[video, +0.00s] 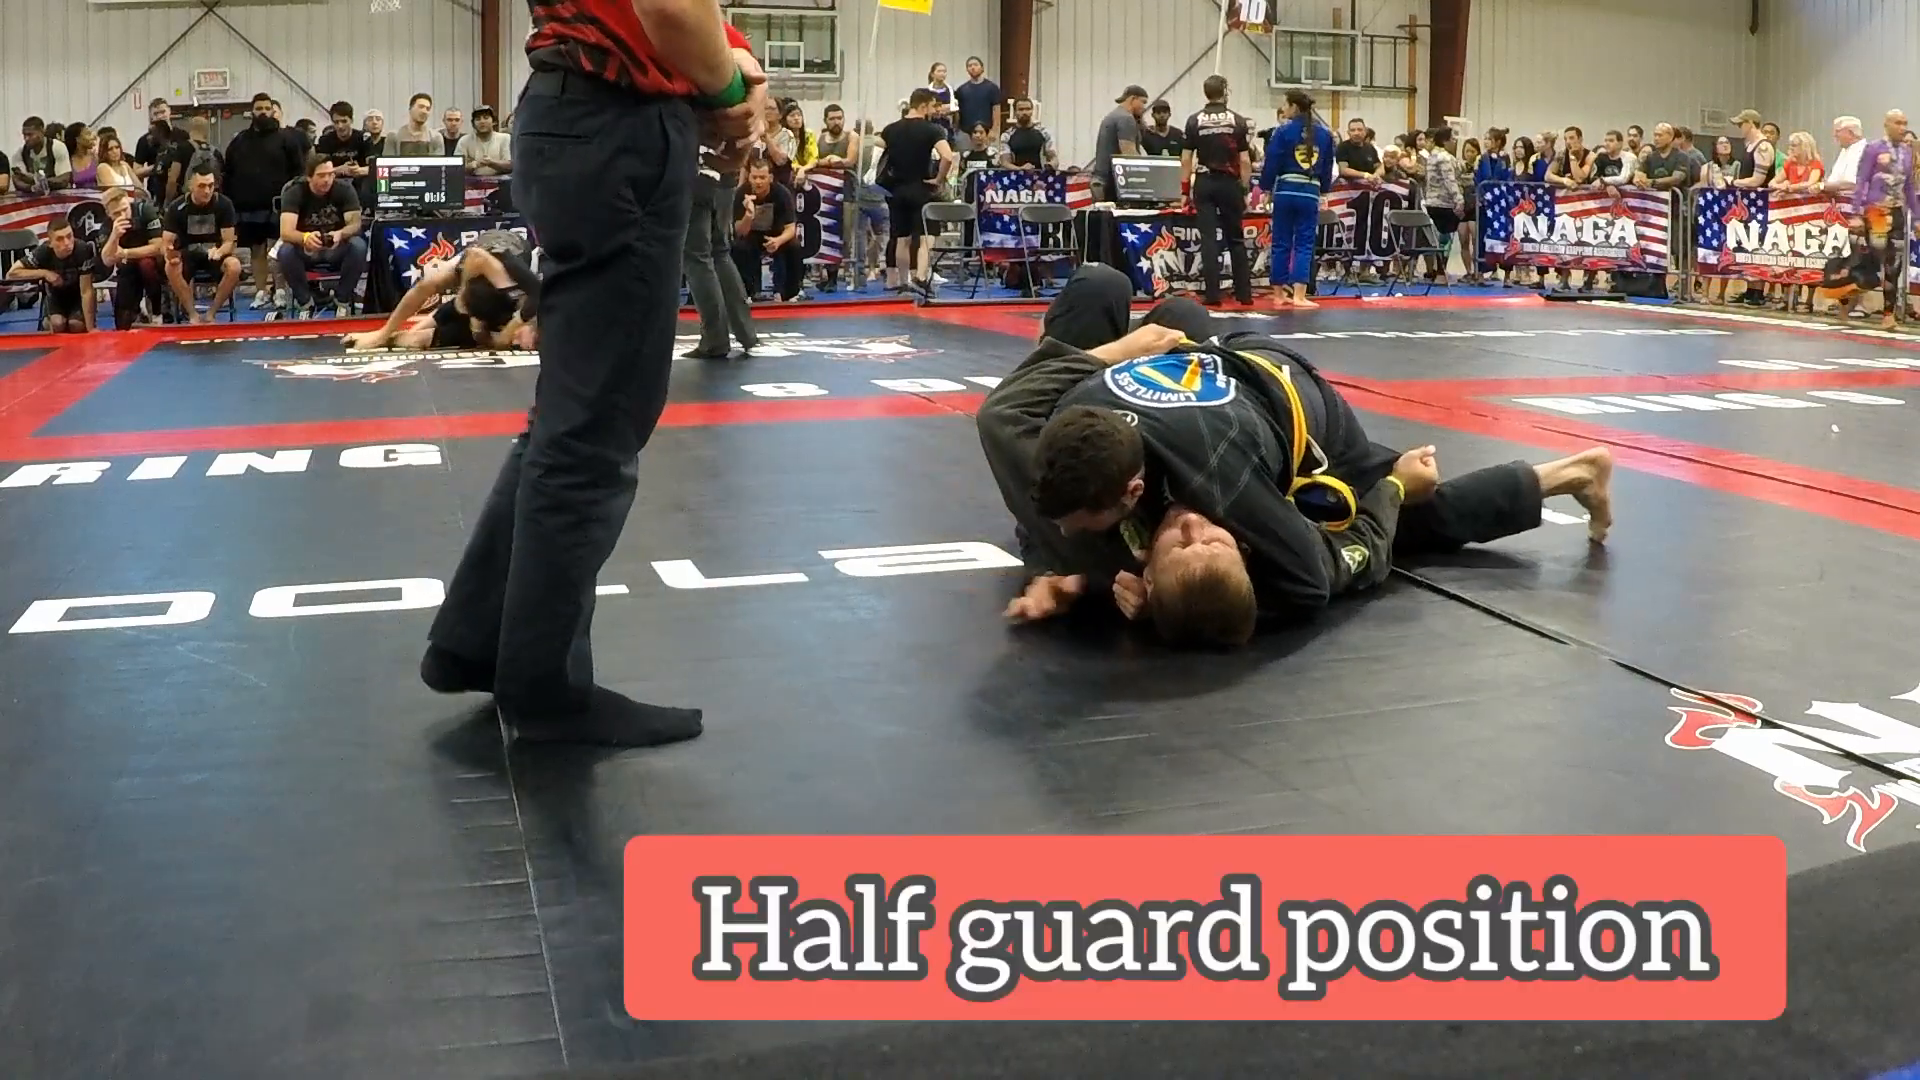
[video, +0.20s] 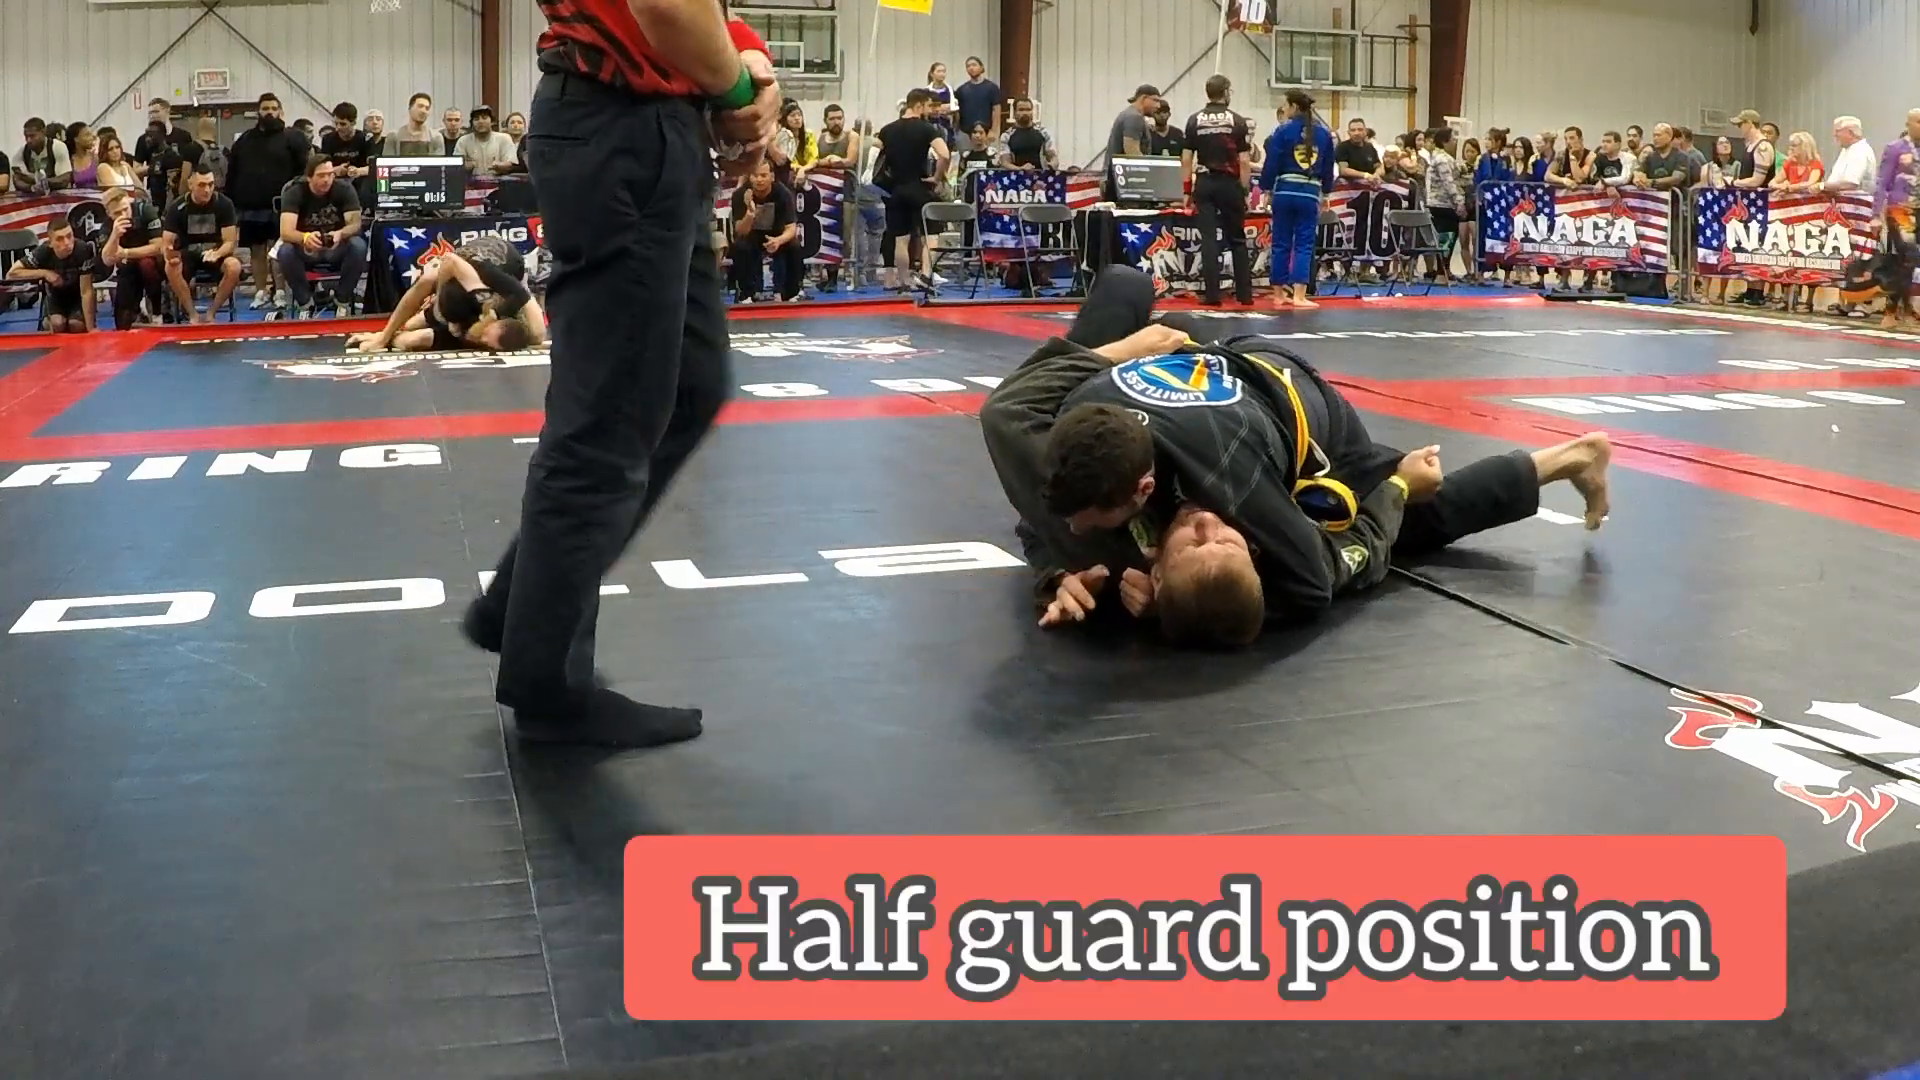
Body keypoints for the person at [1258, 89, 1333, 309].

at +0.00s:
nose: (1283, 109)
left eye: (1285, 105)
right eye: (1284, 105)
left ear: (1294, 107)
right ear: (1305, 107)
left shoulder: (1282, 131)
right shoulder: (1324, 133)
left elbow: (1272, 162)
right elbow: (1327, 167)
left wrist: (1266, 186)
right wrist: (1323, 189)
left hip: (1285, 190)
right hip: (1310, 193)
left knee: (1281, 241)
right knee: (1305, 242)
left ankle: (1278, 293)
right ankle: (1299, 295)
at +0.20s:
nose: (1284, 109)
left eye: (1286, 105)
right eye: (1285, 105)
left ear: (1294, 106)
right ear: (1306, 106)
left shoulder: (1283, 131)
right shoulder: (1324, 133)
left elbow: (1271, 162)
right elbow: (1328, 168)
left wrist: (1266, 188)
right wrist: (1325, 191)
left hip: (1284, 191)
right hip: (1310, 194)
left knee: (1281, 242)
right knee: (1305, 243)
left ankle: (1278, 293)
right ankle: (1299, 295)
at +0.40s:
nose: (1283, 108)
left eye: (1286, 104)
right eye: (1285, 104)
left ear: (1295, 106)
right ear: (1307, 107)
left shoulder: (1282, 130)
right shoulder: (1323, 133)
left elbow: (1271, 163)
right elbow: (1329, 166)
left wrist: (1266, 187)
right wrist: (1327, 189)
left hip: (1284, 190)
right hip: (1310, 193)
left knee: (1281, 241)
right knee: (1304, 243)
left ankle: (1278, 293)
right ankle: (1299, 295)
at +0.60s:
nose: (1284, 108)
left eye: (1286, 104)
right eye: (1285, 103)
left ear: (1296, 106)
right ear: (1307, 107)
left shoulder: (1282, 130)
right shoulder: (1323, 133)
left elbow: (1271, 162)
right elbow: (1328, 166)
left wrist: (1266, 186)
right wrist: (1325, 188)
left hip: (1283, 191)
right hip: (1309, 194)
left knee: (1281, 242)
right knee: (1304, 243)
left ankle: (1278, 293)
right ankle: (1299, 295)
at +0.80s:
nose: (1284, 107)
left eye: (1287, 104)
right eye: (1286, 103)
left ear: (1295, 106)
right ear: (1309, 106)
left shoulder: (1283, 130)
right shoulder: (1324, 133)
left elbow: (1271, 161)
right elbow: (1327, 168)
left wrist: (1266, 186)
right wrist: (1325, 193)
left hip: (1283, 192)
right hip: (1309, 195)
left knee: (1280, 242)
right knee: (1304, 244)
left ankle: (1278, 294)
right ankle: (1299, 296)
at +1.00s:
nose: (1284, 107)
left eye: (1286, 103)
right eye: (1285, 103)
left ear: (1295, 106)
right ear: (1306, 106)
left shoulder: (1282, 130)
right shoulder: (1323, 132)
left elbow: (1270, 161)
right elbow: (1327, 166)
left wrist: (1265, 188)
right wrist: (1325, 192)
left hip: (1283, 190)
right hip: (1309, 193)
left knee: (1281, 242)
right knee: (1304, 243)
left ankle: (1278, 293)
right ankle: (1299, 295)